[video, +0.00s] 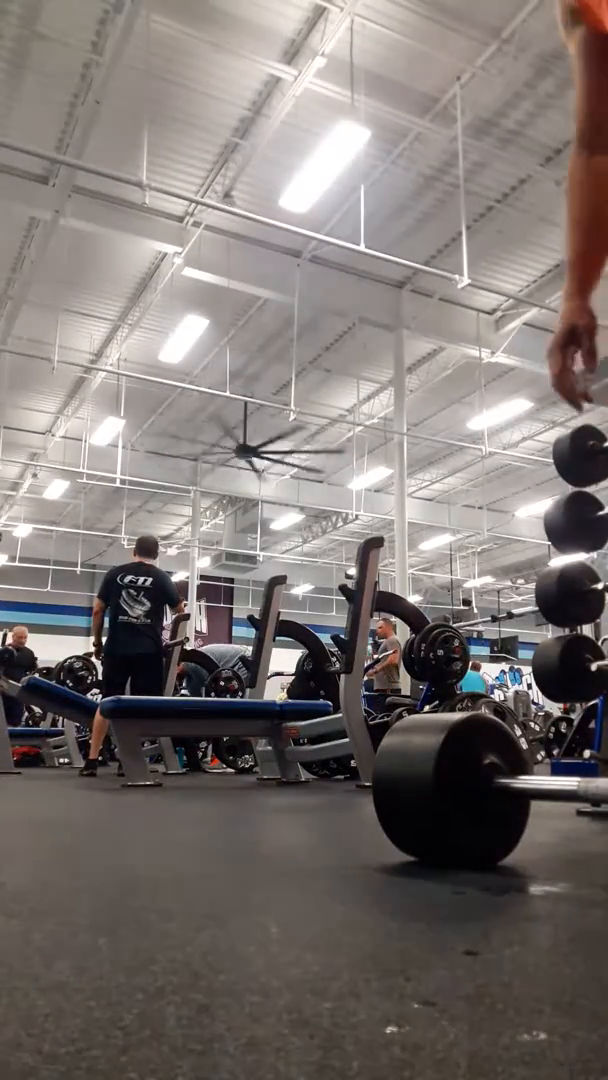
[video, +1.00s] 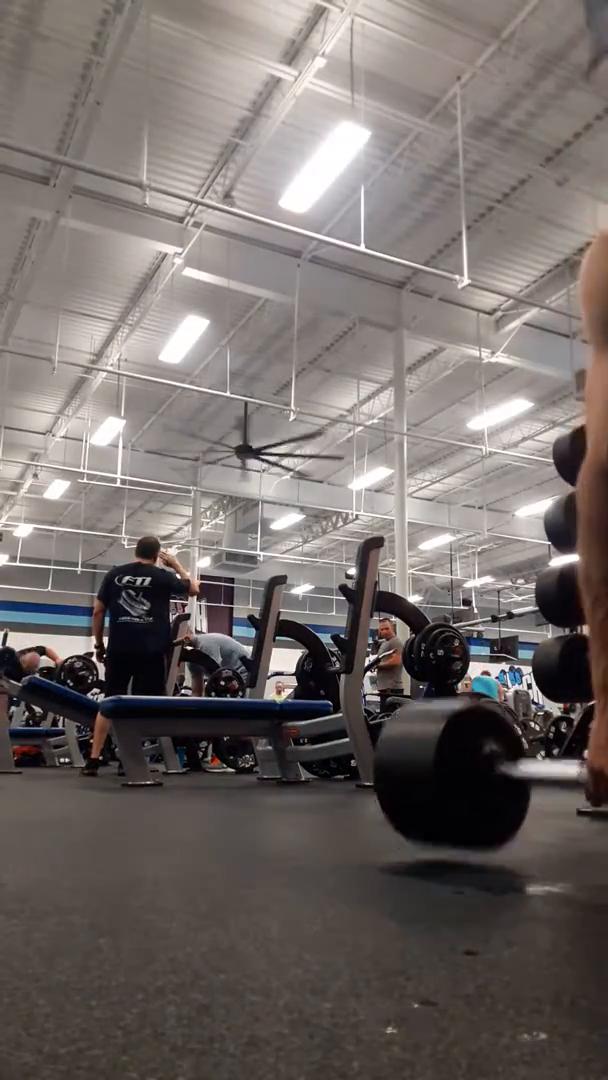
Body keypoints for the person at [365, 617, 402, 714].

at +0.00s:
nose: (377, 631)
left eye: (380, 628)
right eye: (377, 628)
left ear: (387, 627)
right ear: (386, 628)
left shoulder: (392, 641)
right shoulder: (386, 642)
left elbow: (393, 659)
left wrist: (376, 669)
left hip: (388, 688)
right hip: (382, 687)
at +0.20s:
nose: (381, 631)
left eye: (384, 628)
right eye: (380, 628)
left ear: (391, 628)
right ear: (379, 630)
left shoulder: (394, 642)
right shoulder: (385, 643)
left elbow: (393, 659)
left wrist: (375, 663)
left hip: (389, 689)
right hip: (382, 689)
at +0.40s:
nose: (385, 631)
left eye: (387, 628)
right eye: (382, 629)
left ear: (392, 629)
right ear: (379, 631)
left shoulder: (395, 642)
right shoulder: (384, 644)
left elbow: (395, 660)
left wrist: (377, 666)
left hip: (390, 689)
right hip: (382, 689)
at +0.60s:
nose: (385, 631)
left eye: (388, 628)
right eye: (383, 629)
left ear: (392, 629)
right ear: (379, 631)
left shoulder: (395, 642)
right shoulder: (382, 644)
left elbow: (397, 660)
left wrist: (379, 665)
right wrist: (373, 664)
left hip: (392, 688)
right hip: (383, 688)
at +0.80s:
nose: (386, 632)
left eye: (388, 629)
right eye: (383, 629)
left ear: (392, 629)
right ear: (379, 631)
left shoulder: (395, 642)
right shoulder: (382, 644)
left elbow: (397, 660)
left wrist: (380, 665)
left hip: (392, 688)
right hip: (382, 688)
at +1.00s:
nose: (384, 632)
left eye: (386, 629)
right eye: (382, 629)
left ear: (392, 629)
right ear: (379, 631)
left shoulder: (396, 642)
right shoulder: (383, 644)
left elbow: (397, 660)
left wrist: (379, 665)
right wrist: (375, 664)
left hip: (393, 687)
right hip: (384, 687)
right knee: (384, 717)